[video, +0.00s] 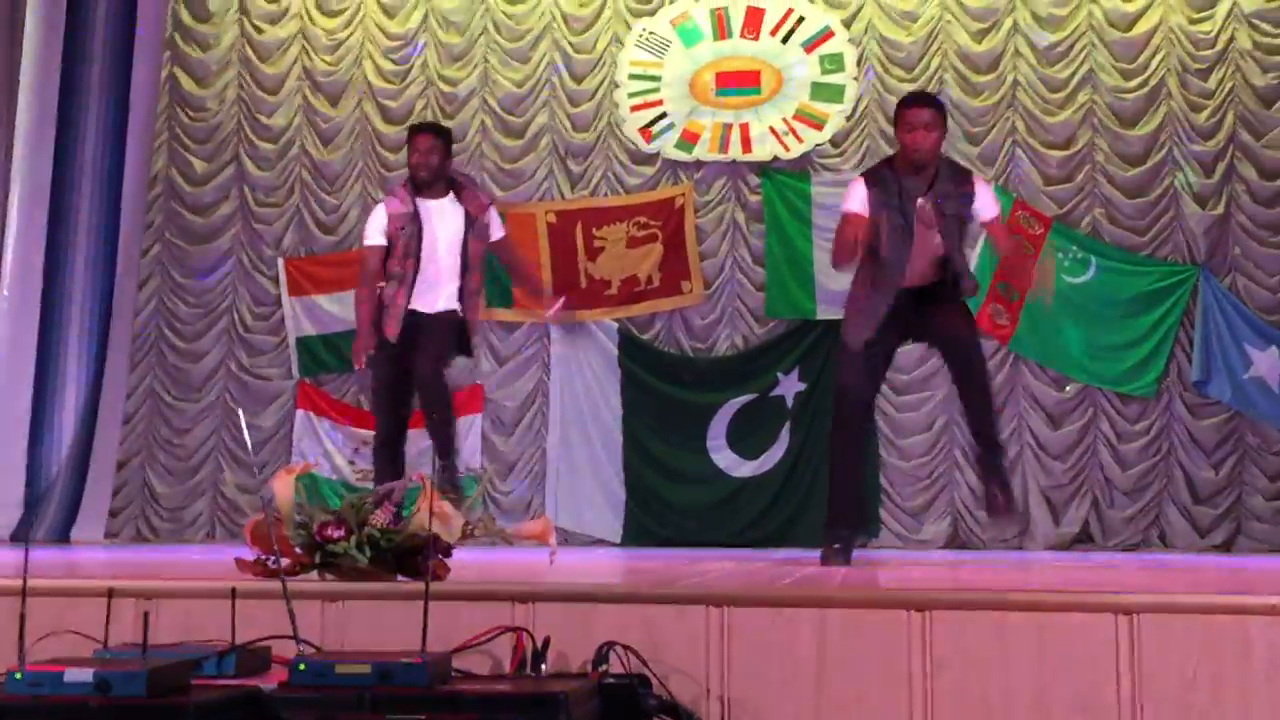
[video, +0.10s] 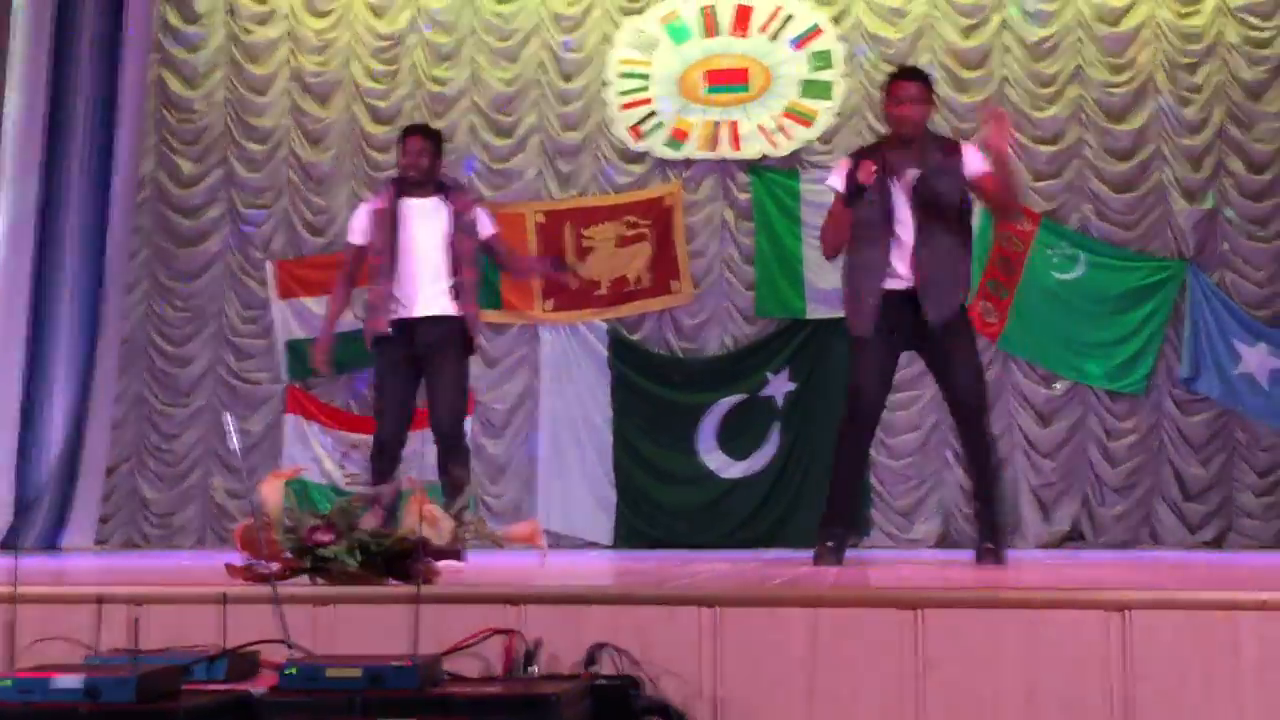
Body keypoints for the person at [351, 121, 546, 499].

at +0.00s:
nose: (421, 160)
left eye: (431, 153)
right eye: (415, 152)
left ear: (448, 159)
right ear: (407, 157)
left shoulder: (475, 206)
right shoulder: (387, 211)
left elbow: (510, 259)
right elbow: (369, 278)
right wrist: (366, 333)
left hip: (445, 318)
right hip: (397, 320)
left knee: (427, 373)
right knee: (389, 418)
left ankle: (446, 467)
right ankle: (385, 503)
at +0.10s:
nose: (415, 161)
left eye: (423, 154)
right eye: (408, 153)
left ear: (438, 159)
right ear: (397, 158)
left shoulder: (462, 206)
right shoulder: (375, 208)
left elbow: (508, 261)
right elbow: (347, 275)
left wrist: (547, 269)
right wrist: (325, 337)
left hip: (446, 330)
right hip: (394, 332)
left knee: (449, 428)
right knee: (388, 433)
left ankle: (460, 522)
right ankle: (379, 521)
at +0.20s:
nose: (379, 176)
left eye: (387, 168)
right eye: (373, 168)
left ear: (404, 173)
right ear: (363, 174)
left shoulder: (429, 221)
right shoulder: (342, 231)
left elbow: (440, 289)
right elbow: (325, 299)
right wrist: (294, 355)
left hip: (421, 341)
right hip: (372, 345)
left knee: (425, 436)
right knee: (379, 437)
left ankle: (422, 522)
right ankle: (386, 524)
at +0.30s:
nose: (362, 190)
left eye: (372, 182)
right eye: (356, 182)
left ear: (389, 188)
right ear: (348, 188)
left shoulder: (412, 238)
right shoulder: (332, 241)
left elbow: (390, 303)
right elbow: (325, 304)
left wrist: (347, 349)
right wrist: (317, 357)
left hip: (406, 353)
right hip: (359, 355)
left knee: (409, 447)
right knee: (389, 443)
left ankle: (421, 531)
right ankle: (417, 520)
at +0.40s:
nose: (354, 186)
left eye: (363, 179)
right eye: (348, 178)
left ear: (380, 186)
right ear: (340, 184)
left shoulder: (402, 236)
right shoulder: (328, 238)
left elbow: (392, 303)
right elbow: (324, 307)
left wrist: (355, 334)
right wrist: (316, 364)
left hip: (392, 352)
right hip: (345, 352)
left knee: (398, 447)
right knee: (344, 437)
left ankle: (401, 536)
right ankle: (376, 522)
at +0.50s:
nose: (336, 184)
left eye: (345, 177)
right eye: (330, 176)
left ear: (362, 181)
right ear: (322, 181)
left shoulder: (389, 222)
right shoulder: (309, 231)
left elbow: (409, 260)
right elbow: (306, 291)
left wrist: (380, 268)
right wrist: (295, 332)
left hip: (372, 357)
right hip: (319, 356)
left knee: (373, 456)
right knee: (287, 440)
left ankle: (377, 551)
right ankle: (279, 540)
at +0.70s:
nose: (323, 209)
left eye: (332, 201)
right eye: (315, 201)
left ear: (347, 206)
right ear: (304, 206)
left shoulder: (374, 253)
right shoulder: (285, 261)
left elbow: (426, 294)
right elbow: (255, 328)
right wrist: (239, 392)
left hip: (350, 387)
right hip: (295, 384)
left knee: (348, 482)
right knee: (273, 477)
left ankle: (351, 580)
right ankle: (256, 574)